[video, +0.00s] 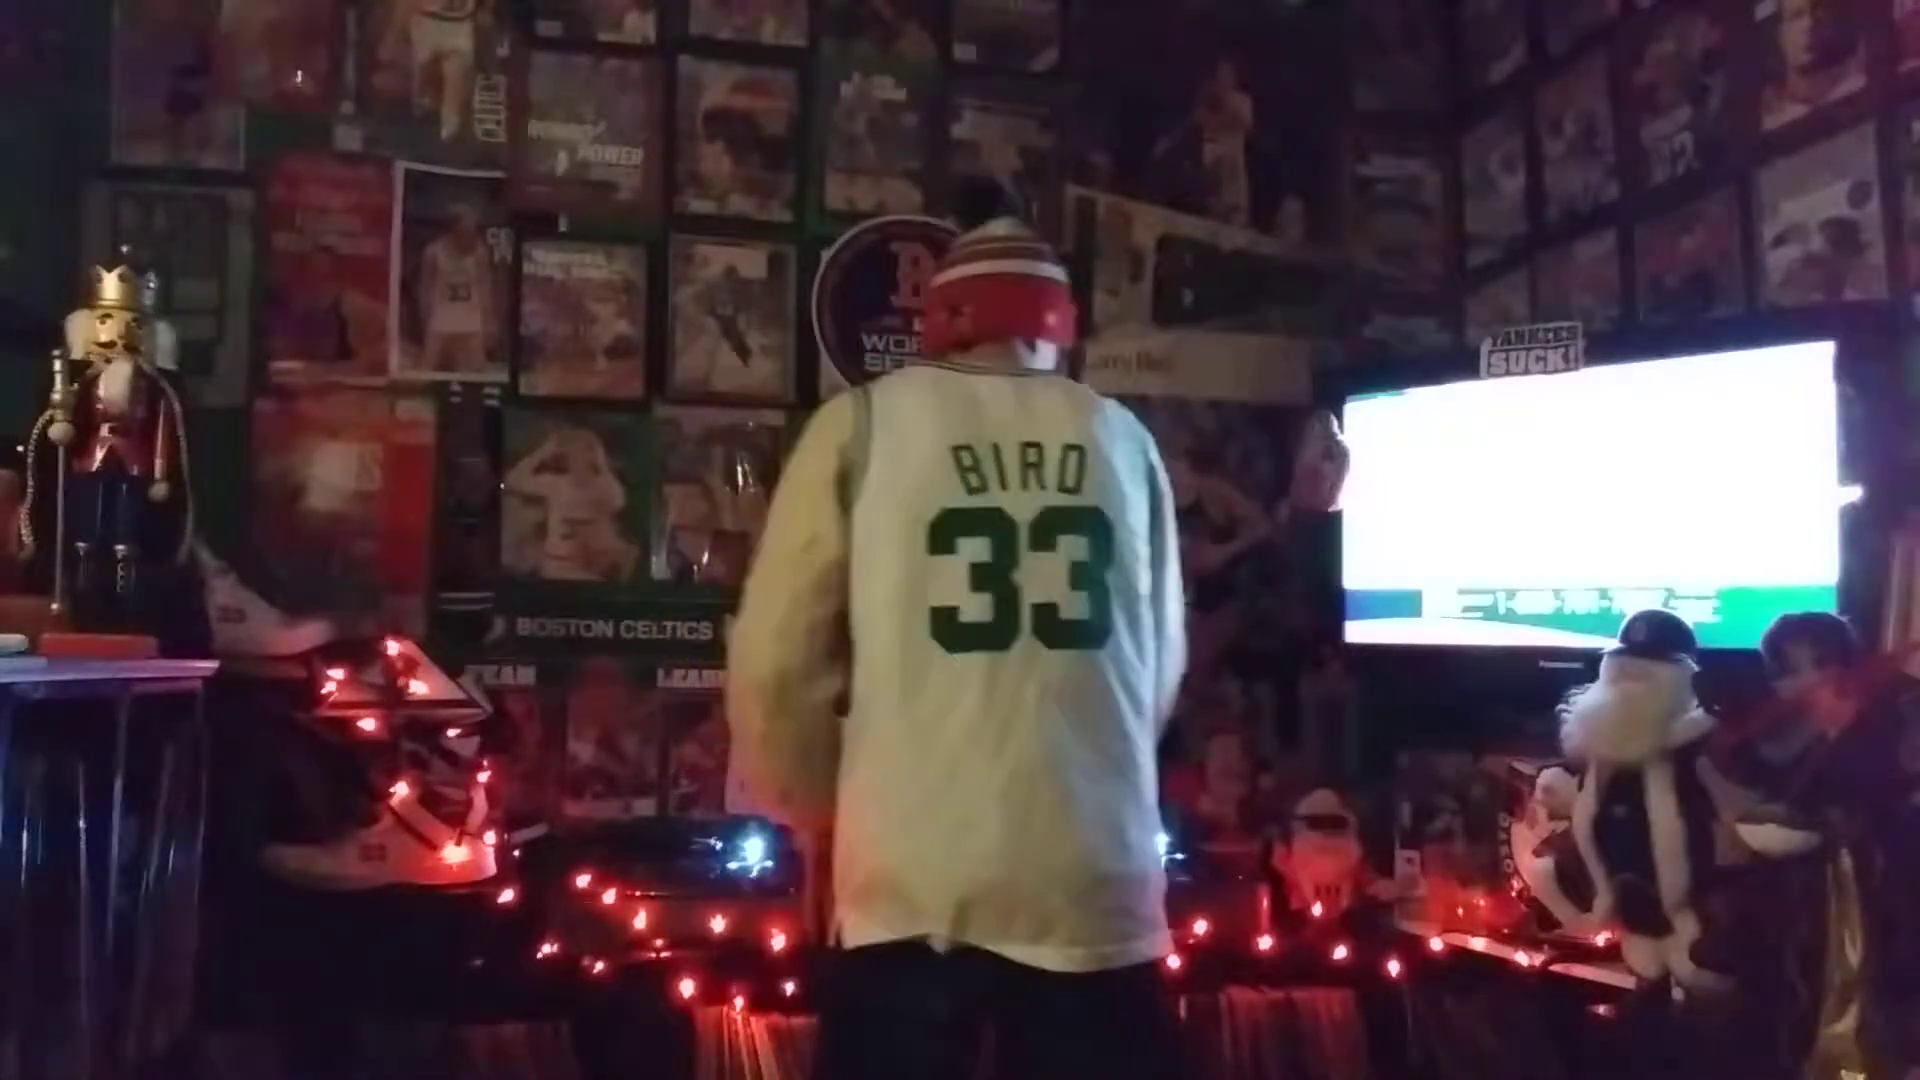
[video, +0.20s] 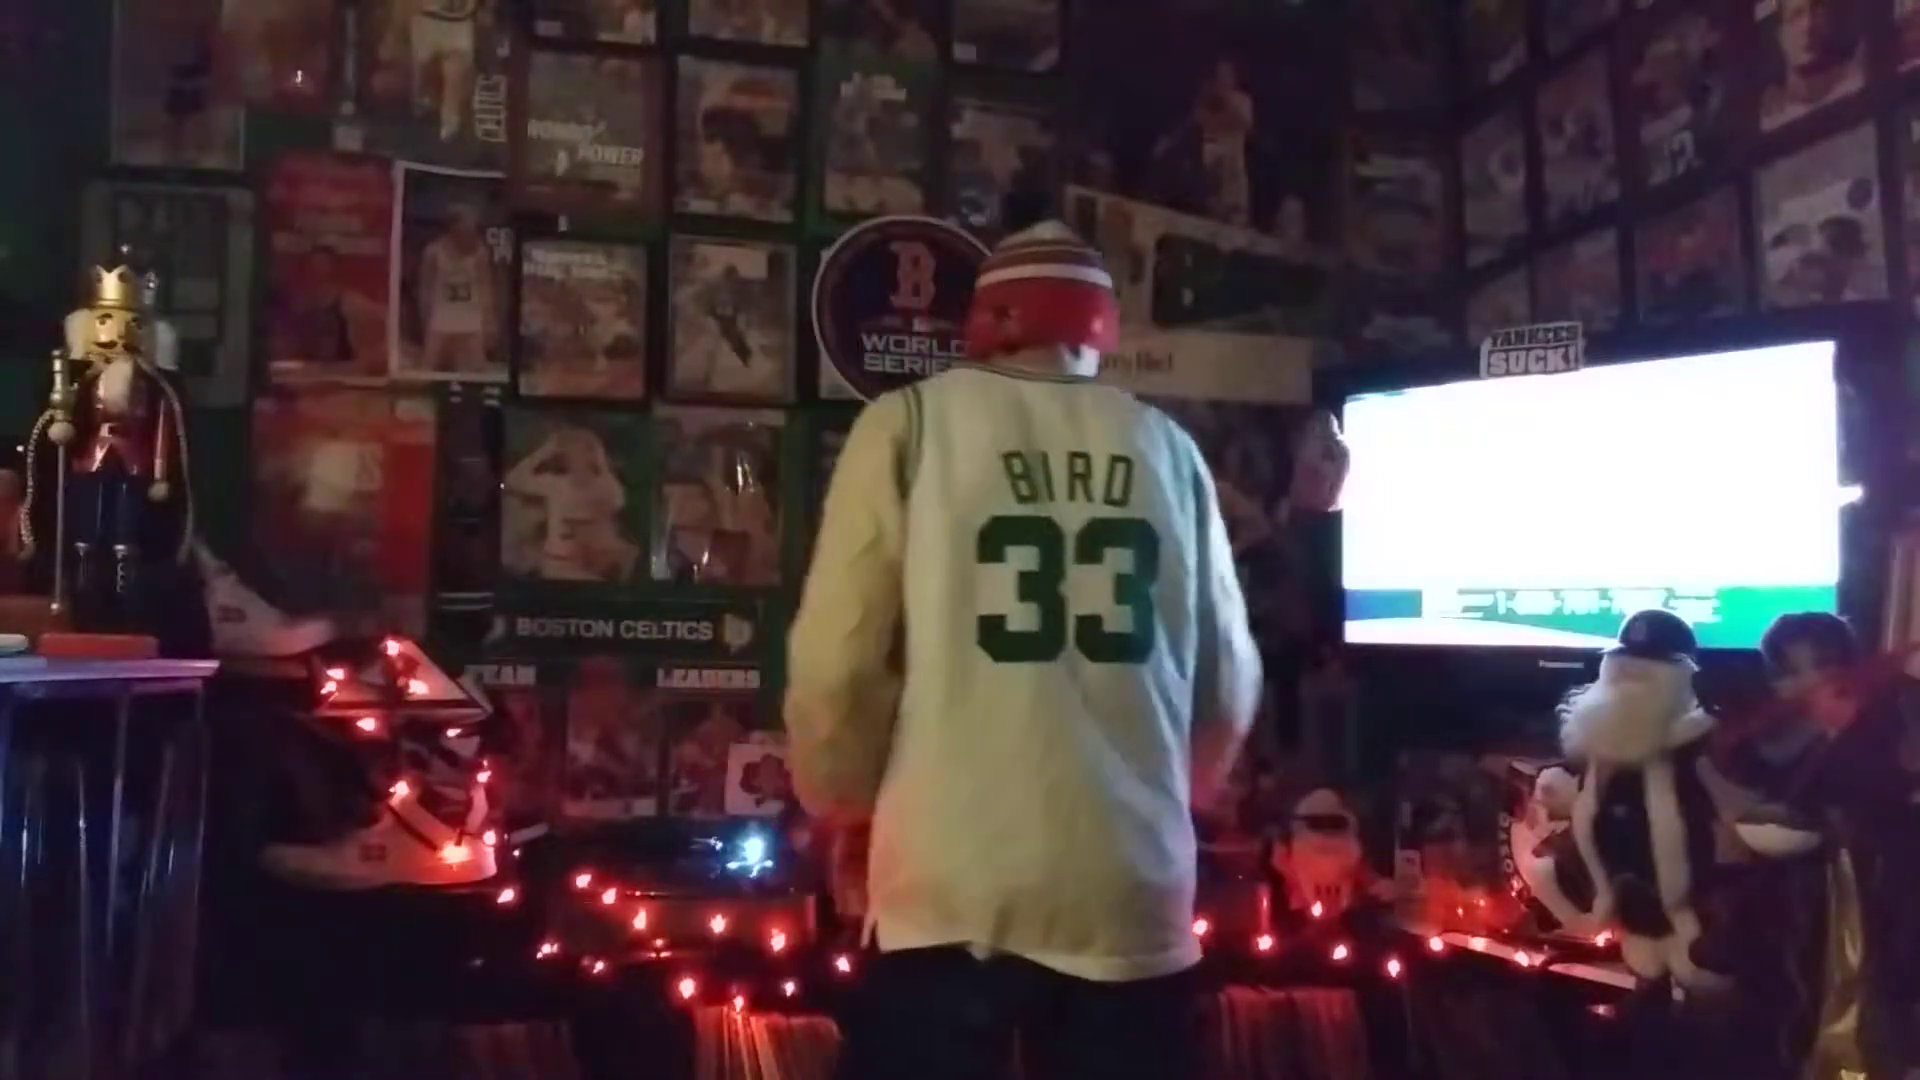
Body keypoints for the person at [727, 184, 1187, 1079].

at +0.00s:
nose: (919, 322)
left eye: (929, 306)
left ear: (945, 318)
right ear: (1062, 335)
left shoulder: (857, 424)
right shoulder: (1128, 440)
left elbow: (773, 662)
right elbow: (1161, 664)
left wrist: (830, 814)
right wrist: (1083, 779)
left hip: (908, 874)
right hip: (1097, 882)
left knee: (895, 1063)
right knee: (1099, 1067)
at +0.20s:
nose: (963, 334)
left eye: (972, 315)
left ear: (994, 318)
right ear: (1100, 334)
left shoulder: (907, 422)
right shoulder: (1171, 448)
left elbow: (830, 666)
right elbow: (1229, 692)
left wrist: (849, 816)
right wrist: (1162, 804)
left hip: (946, 880)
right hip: (1132, 890)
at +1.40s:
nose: (1063, 353)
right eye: (1060, 335)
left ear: (929, 316)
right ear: (1048, 332)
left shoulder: (815, 415)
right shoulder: (1092, 440)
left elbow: (738, 652)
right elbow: (1150, 685)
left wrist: (858, 714)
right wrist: (1059, 762)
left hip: (851, 895)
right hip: (1045, 904)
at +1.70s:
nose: (988, 358)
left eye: (988, 340)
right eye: (988, 337)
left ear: (841, 318)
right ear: (970, 325)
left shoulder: (726, 416)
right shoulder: (997, 427)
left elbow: (661, 661)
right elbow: (1064, 676)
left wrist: (790, 711)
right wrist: (947, 732)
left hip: (770, 909)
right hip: (963, 913)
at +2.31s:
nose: (929, 342)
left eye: (927, 324)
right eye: (923, 321)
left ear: (781, 309)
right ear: (899, 317)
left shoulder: (647, 416)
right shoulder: (935, 414)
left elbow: (559, 662)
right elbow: (1014, 668)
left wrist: (703, 718)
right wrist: (914, 752)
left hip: (709, 923)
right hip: (912, 918)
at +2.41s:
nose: (929, 349)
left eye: (928, 336)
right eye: (925, 332)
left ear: (781, 306)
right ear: (905, 322)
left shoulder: (648, 412)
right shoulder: (945, 411)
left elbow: (567, 664)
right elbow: (1025, 677)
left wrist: (706, 703)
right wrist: (907, 748)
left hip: (706, 925)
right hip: (914, 925)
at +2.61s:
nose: (956, 327)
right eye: (955, 309)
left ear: (806, 287)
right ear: (940, 305)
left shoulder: (669, 399)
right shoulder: (990, 407)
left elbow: (575, 663)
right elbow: (1056, 692)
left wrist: (717, 704)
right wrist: (922, 751)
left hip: (719, 936)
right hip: (930, 939)